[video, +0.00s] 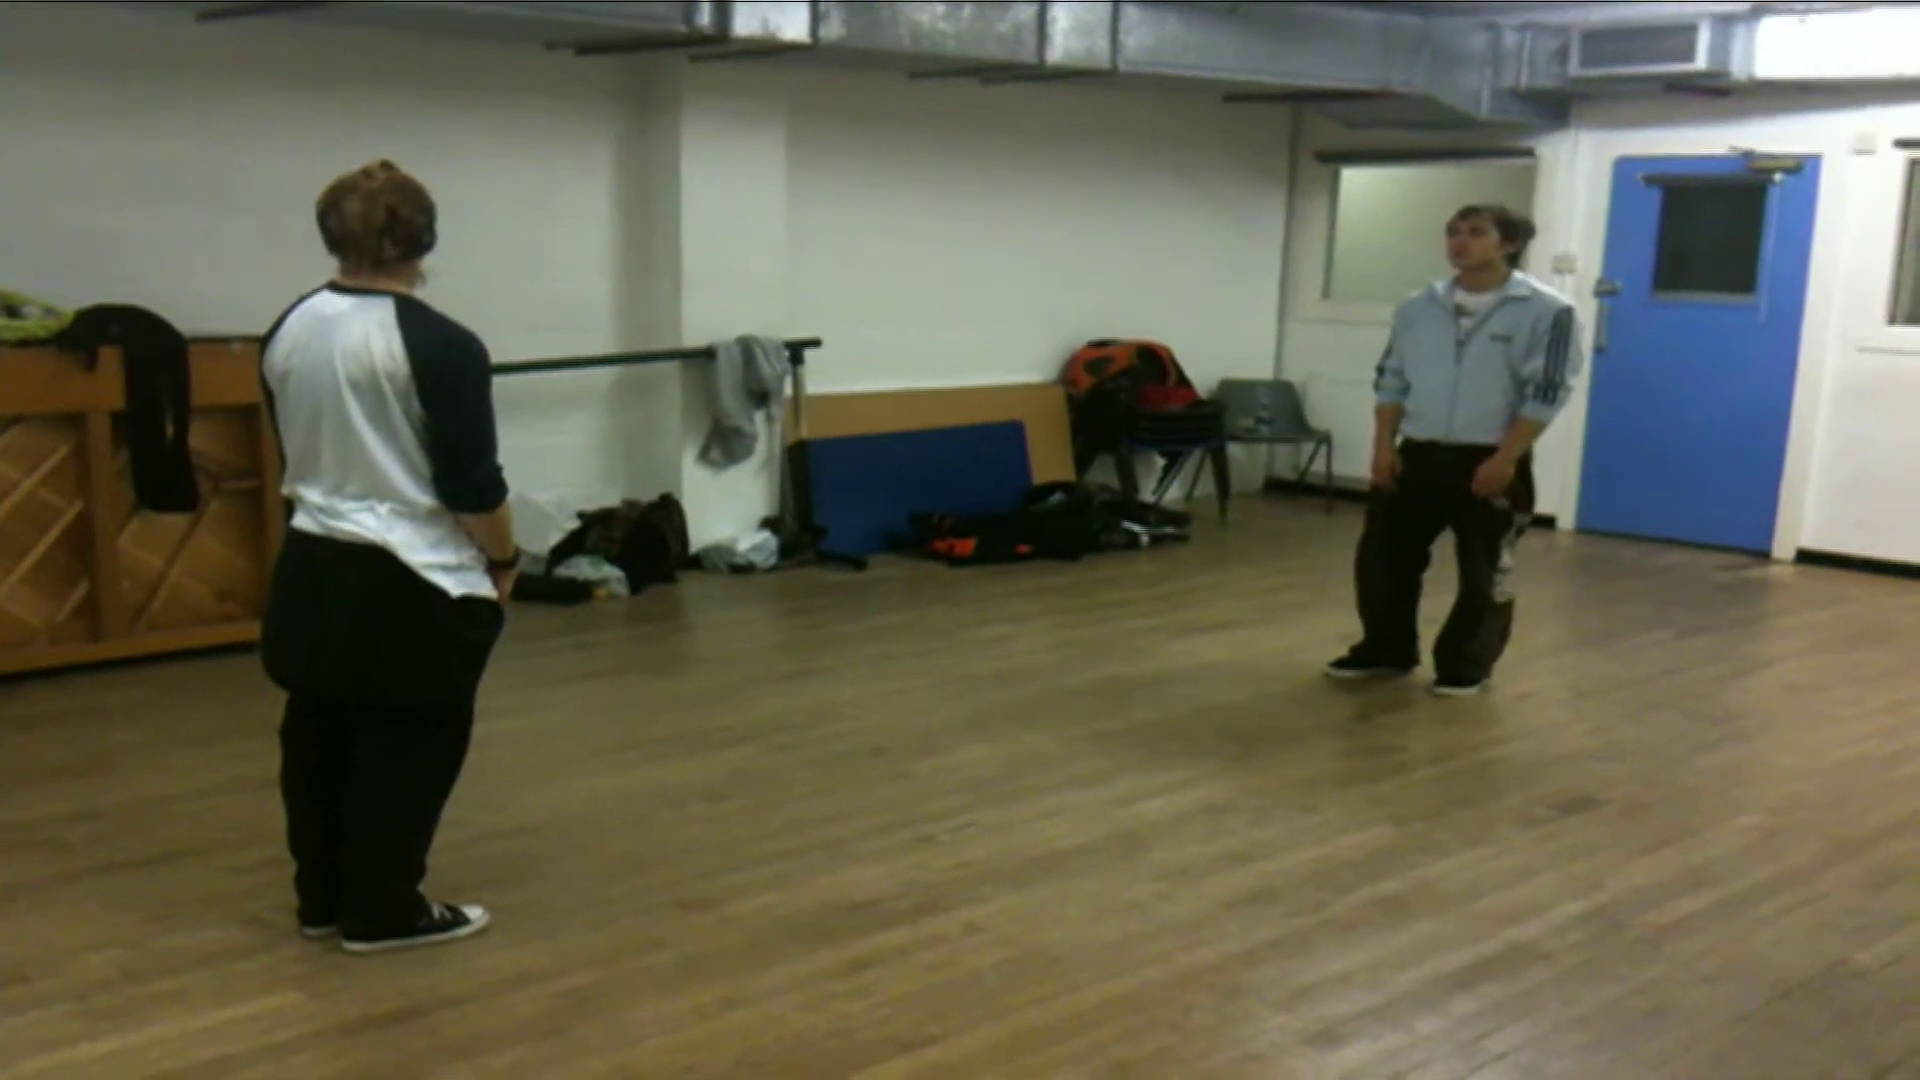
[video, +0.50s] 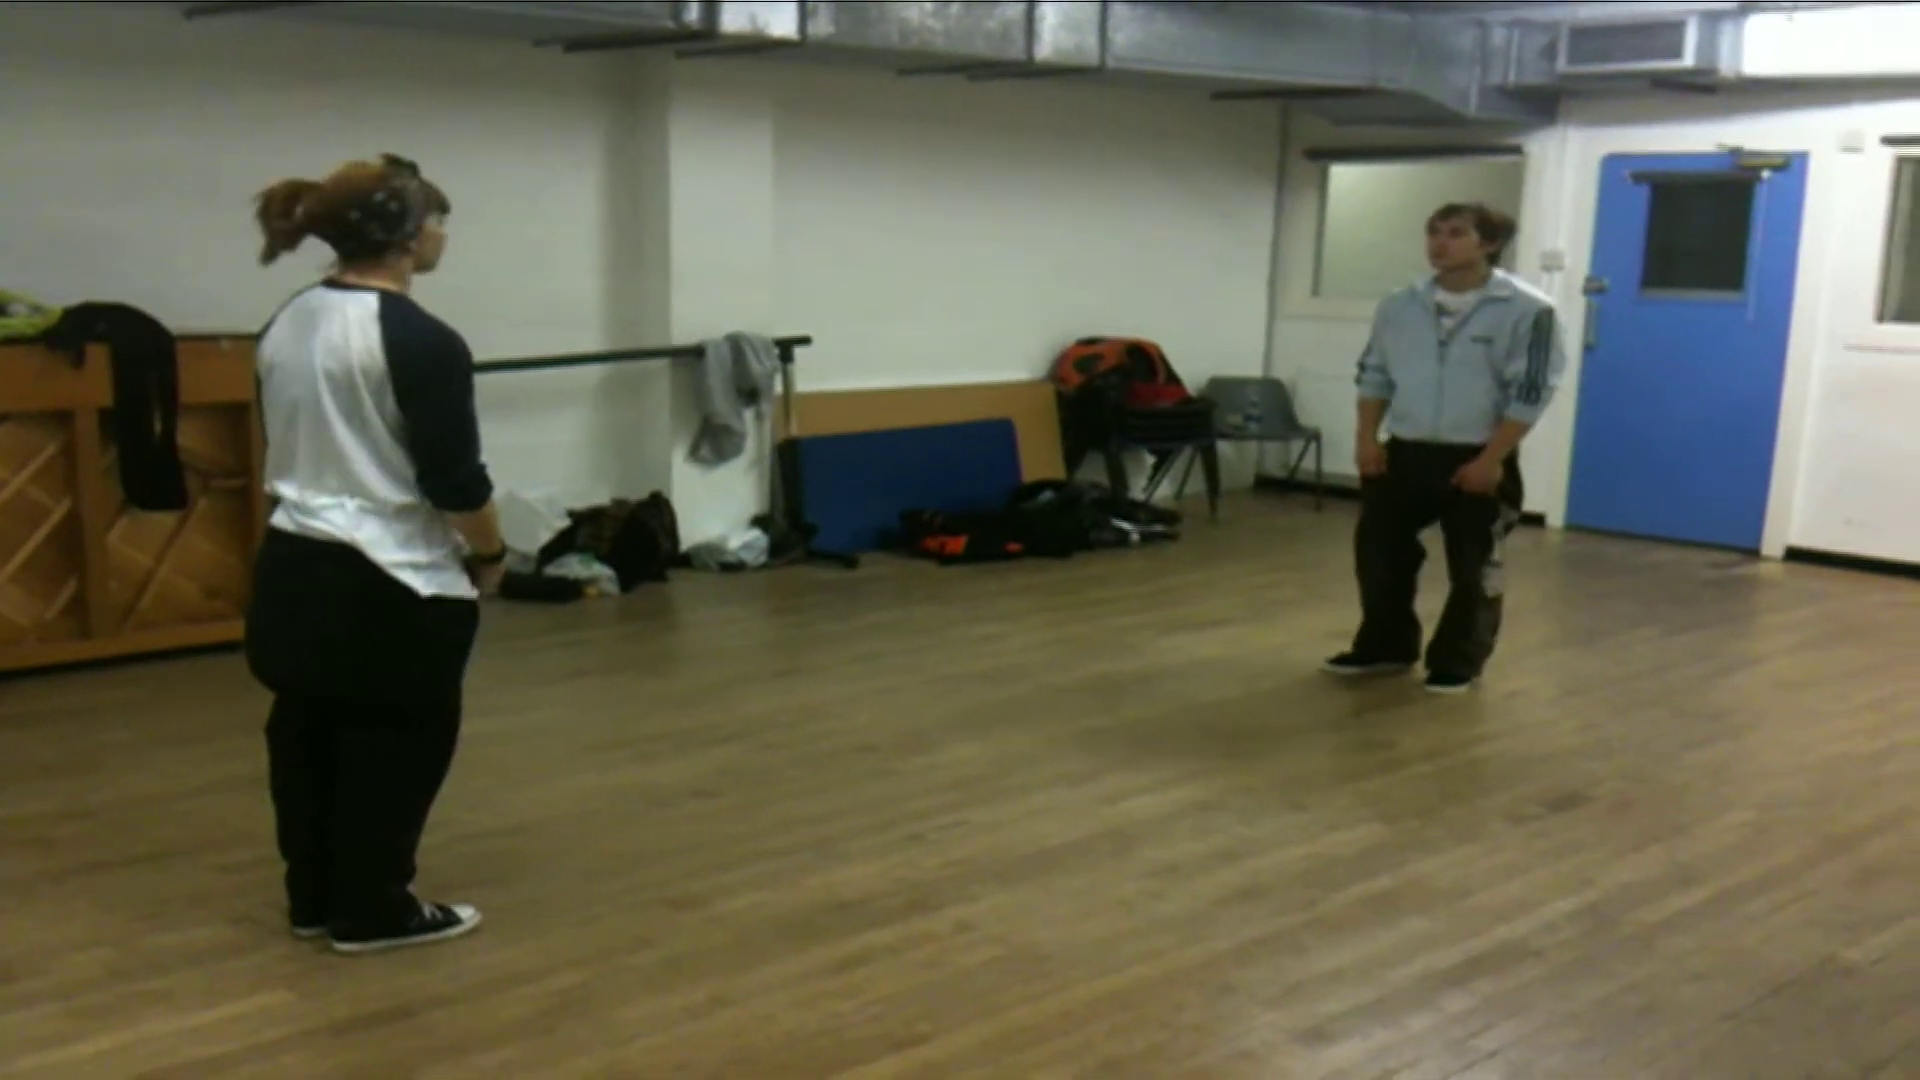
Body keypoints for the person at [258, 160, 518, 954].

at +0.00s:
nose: (430, 245)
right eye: (426, 234)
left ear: (336, 241)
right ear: (419, 242)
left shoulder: (287, 333)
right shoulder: (442, 347)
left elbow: (296, 462)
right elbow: (473, 486)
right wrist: (503, 559)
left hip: (314, 579)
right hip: (418, 593)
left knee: (320, 735)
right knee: (415, 748)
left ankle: (323, 897)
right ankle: (385, 907)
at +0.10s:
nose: (428, 246)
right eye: (426, 234)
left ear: (336, 244)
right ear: (423, 243)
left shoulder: (288, 337)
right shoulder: (443, 350)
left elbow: (296, 466)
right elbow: (473, 489)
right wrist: (503, 563)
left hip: (313, 583)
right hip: (418, 596)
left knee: (320, 736)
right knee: (416, 752)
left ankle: (323, 899)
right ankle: (386, 910)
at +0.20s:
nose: (435, 246)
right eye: (433, 235)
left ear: (342, 243)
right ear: (425, 243)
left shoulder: (292, 334)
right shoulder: (444, 347)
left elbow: (299, 464)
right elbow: (475, 486)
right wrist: (506, 560)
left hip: (317, 578)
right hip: (420, 591)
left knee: (325, 730)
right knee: (420, 747)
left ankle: (328, 896)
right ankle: (389, 906)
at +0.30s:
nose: (439, 246)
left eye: (437, 233)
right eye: (437, 234)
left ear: (347, 235)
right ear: (424, 242)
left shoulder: (291, 329)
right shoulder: (440, 343)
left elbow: (300, 459)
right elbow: (471, 482)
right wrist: (504, 555)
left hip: (314, 574)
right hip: (417, 587)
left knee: (325, 725)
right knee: (420, 742)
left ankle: (327, 892)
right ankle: (388, 903)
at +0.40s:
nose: (448, 239)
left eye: (448, 226)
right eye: (443, 227)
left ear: (352, 232)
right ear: (419, 236)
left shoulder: (292, 327)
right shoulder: (434, 344)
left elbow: (298, 455)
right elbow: (462, 483)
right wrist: (498, 553)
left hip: (307, 571)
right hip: (409, 587)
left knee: (318, 728)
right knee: (413, 744)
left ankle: (321, 894)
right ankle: (381, 905)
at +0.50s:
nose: (443, 237)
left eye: (442, 223)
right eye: (437, 224)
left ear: (348, 232)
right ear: (409, 233)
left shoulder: (286, 326)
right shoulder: (423, 344)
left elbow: (289, 456)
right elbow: (457, 483)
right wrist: (490, 554)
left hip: (294, 572)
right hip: (396, 586)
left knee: (310, 725)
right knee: (407, 741)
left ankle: (315, 895)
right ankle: (374, 905)